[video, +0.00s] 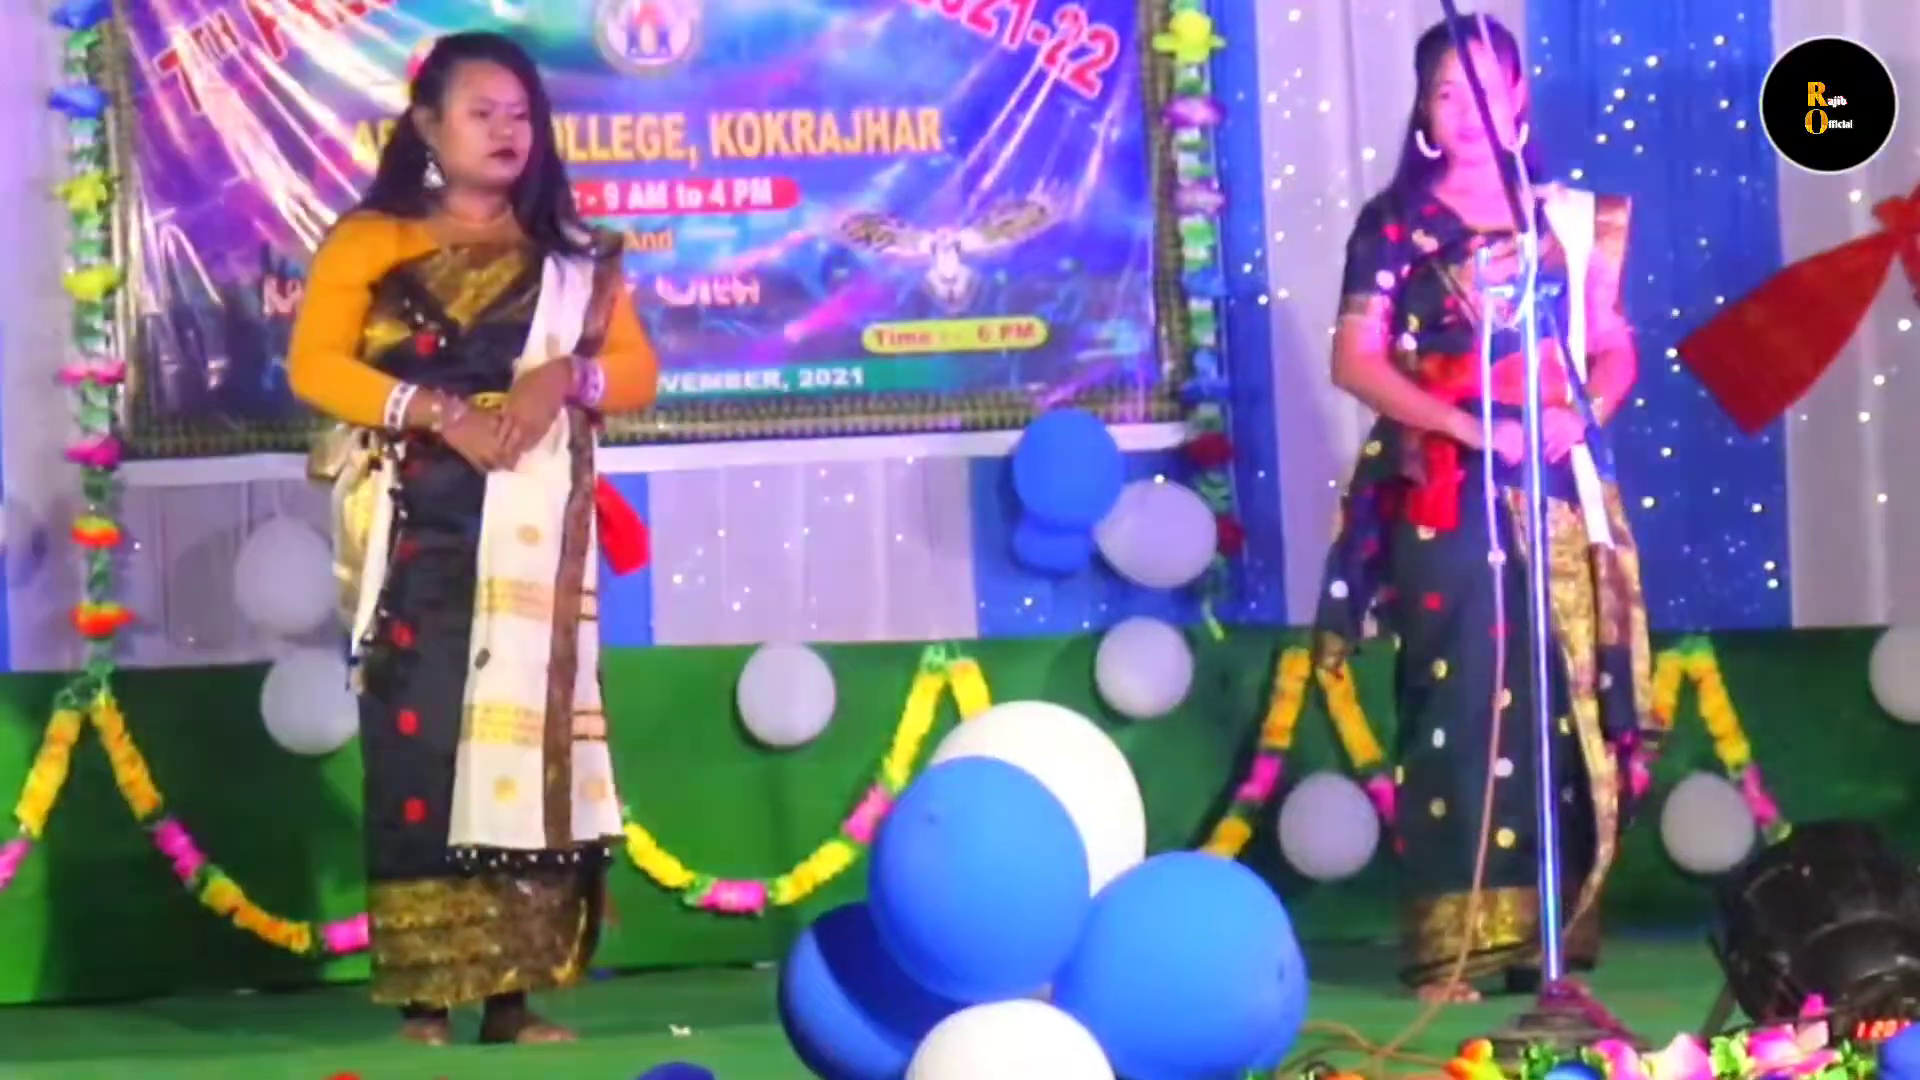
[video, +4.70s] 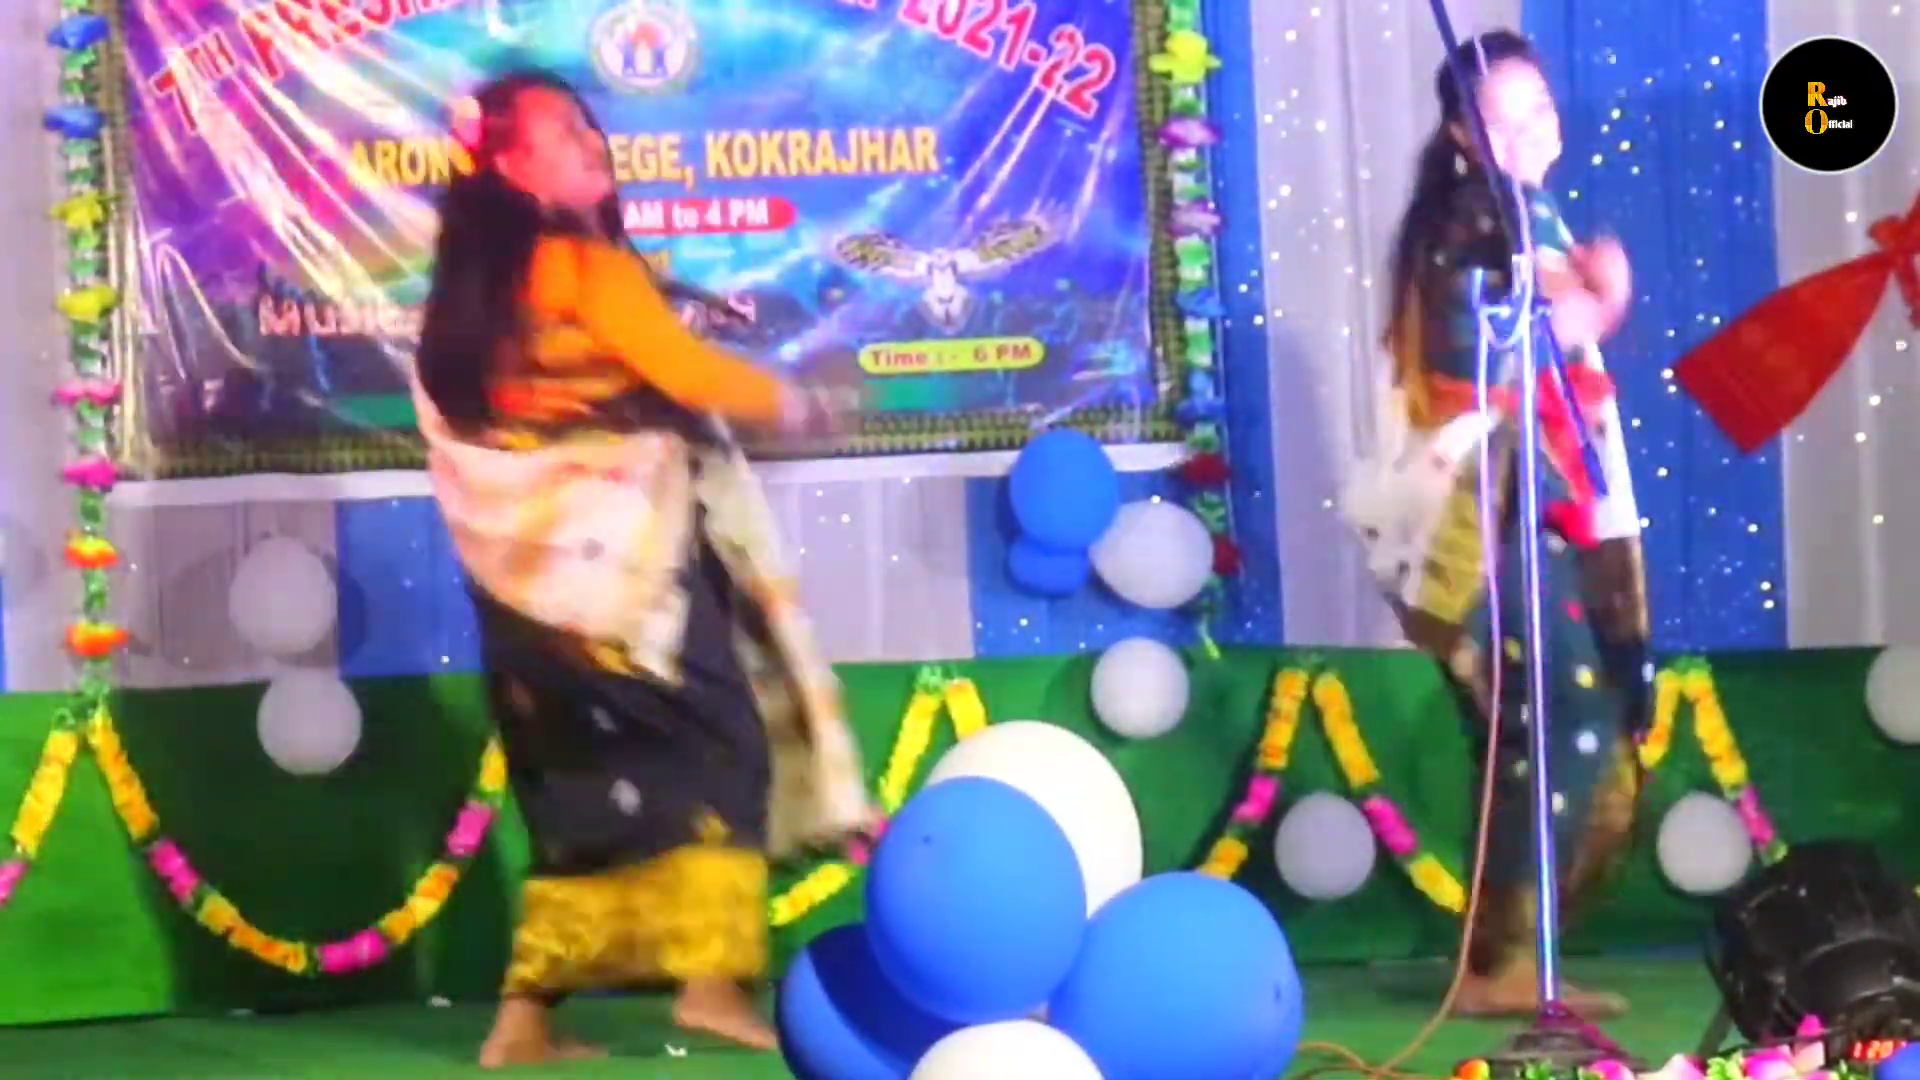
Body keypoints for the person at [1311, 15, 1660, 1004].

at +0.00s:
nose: (1452, 108)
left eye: (1472, 91)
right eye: (1440, 92)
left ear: (1514, 101)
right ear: (1422, 102)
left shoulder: (1568, 215)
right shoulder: (1394, 221)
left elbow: (1614, 351)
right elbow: (1354, 361)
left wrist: (1576, 419)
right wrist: (1471, 426)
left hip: (1555, 494)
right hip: (1446, 495)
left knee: (1563, 706)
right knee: (1452, 708)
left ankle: (1558, 949)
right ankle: (1449, 943)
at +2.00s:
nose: (1444, 127)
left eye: (1460, 109)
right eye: (1425, 110)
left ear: (1488, 117)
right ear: (1399, 120)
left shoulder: (1530, 229)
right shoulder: (1371, 235)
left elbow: (1566, 382)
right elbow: (1329, 377)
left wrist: (1568, 301)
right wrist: (1458, 443)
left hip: (1531, 510)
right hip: (1427, 515)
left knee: (1538, 723)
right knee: (1441, 726)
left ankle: (1529, 957)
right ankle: (1440, 963)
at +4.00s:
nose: (1454, 122)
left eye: (1469, 104)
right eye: (1434, 104)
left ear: (1490, 114)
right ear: (1397, 117)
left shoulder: (1522, 228)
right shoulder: (1370, 235)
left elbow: (1568, 387)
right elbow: (1331, 368)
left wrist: (1562, 323)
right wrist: (1463, 429)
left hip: (1524, 515)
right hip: (1421, 517)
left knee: (1533, 728)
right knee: (1438, 730)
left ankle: (1525, 963)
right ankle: (1434, 967)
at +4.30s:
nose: (1466, 131)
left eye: (1481, 111)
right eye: (1446, 112)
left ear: (1504, 119)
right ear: (1413, 125)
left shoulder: (1520, 234)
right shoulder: (1401, 235)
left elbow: (1548, 372)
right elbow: (1367, 385)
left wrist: (1550, 434)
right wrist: (1478, 459)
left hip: (1516, 512)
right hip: (1432, 515)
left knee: (1520, 727)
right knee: (1438, 729)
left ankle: (1512, 955)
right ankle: (1428, 963)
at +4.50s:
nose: (1503, 139)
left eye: (1510, 119)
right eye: (1478, 125)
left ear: (1530, 129)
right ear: (1441, 145)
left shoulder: (1525, 248)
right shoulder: (1448, 244)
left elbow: (1536, 390)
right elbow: (1441, 391)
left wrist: (1609, 446)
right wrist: (1549, 435)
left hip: (1513, 529)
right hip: (1460, 531)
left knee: (1563, 727)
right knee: (1554, 727)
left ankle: (1451, 907)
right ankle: (1477, 929)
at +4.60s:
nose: (1524, 113)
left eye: (1529, 93)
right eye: (1502, 101)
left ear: (1541, 99)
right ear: (1459, 122)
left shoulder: (1535, 210)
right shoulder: (1457, 207)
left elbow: (1626, 332)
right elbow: (1491, 330)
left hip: (1544, 505)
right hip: (1480, 508)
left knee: (1536, 712)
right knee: (1571, 699)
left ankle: (1496, 944)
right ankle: (1487, 930)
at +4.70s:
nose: (1539, 129)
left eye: (1543, 109)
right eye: (1516, 114)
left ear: (1551, 113)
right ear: (1469, 130)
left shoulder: (1522, 226)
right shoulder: (1462, 228)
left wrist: (1596, 296)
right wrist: (1593, 306)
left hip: (1549, 531)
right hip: (1495, 542)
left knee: (1567, 739)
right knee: (1564, 740)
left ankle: (1513, 959)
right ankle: (1502, 964)